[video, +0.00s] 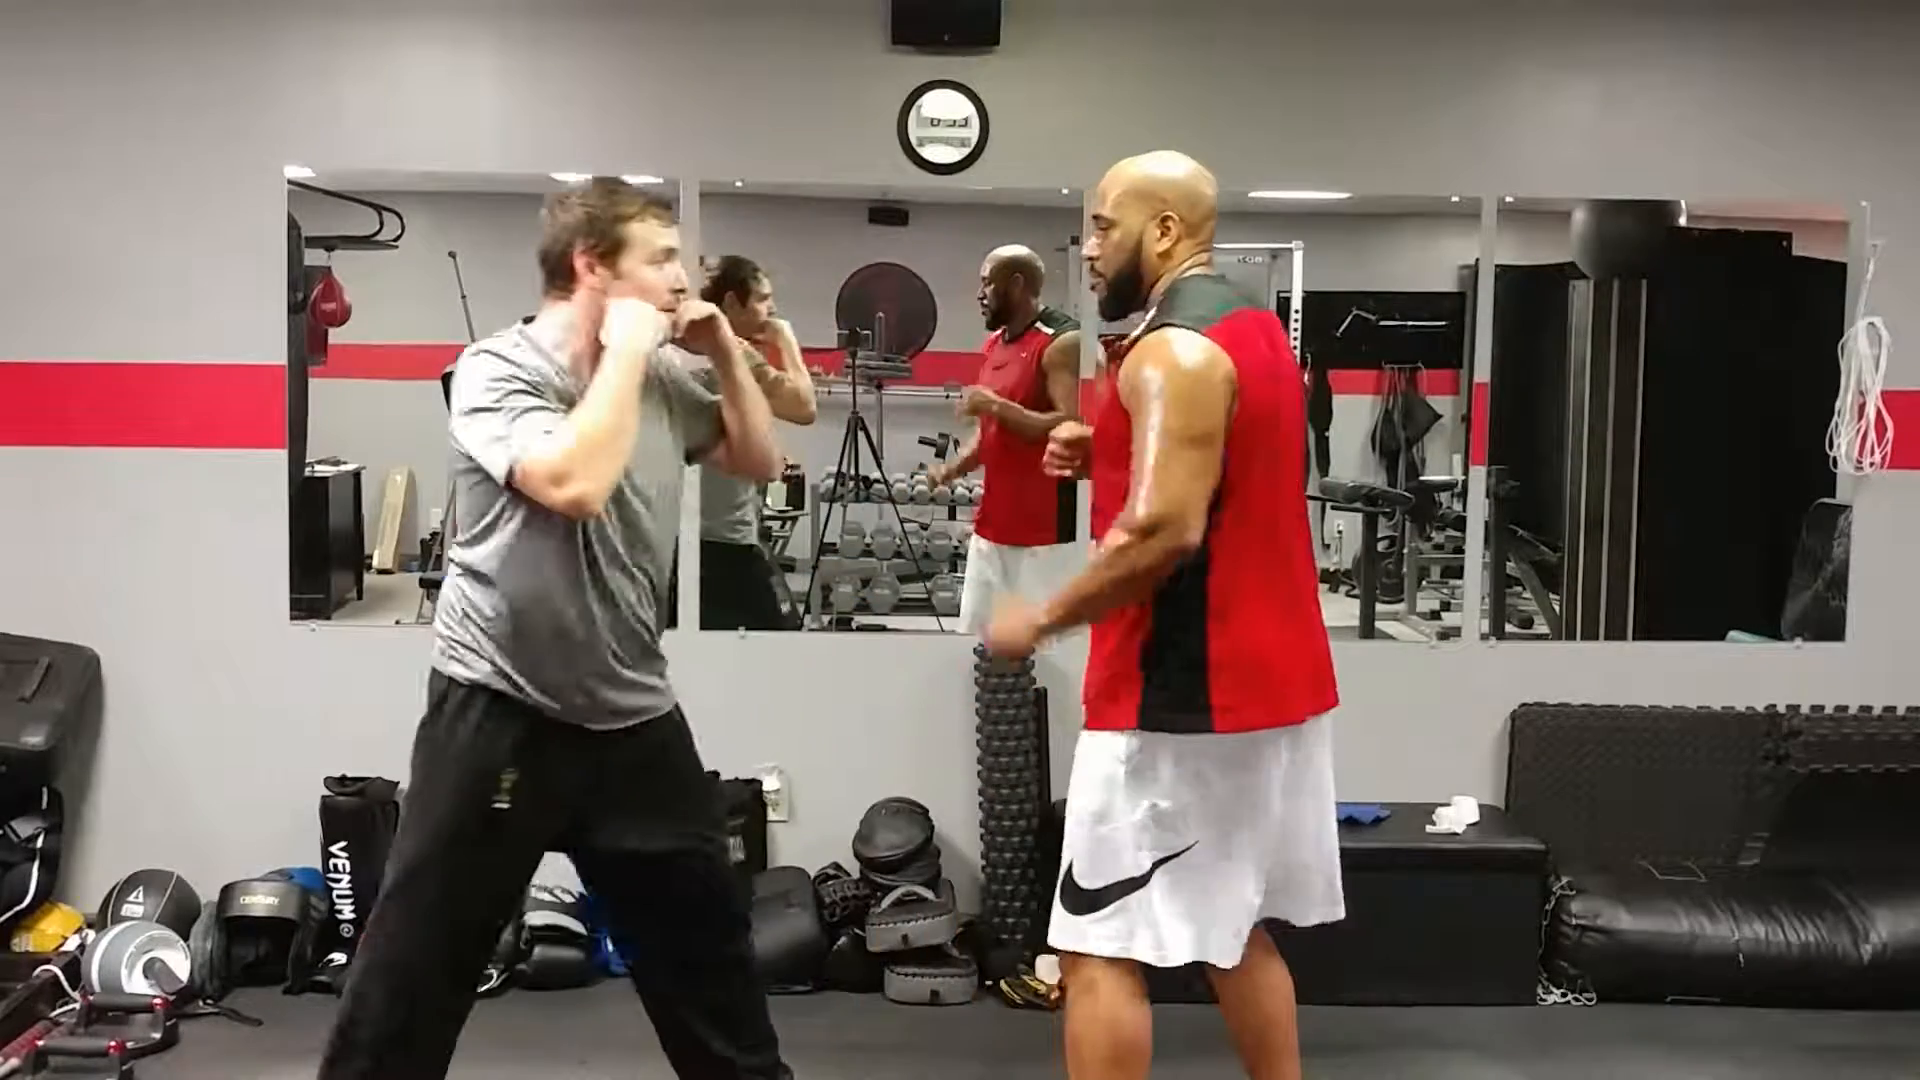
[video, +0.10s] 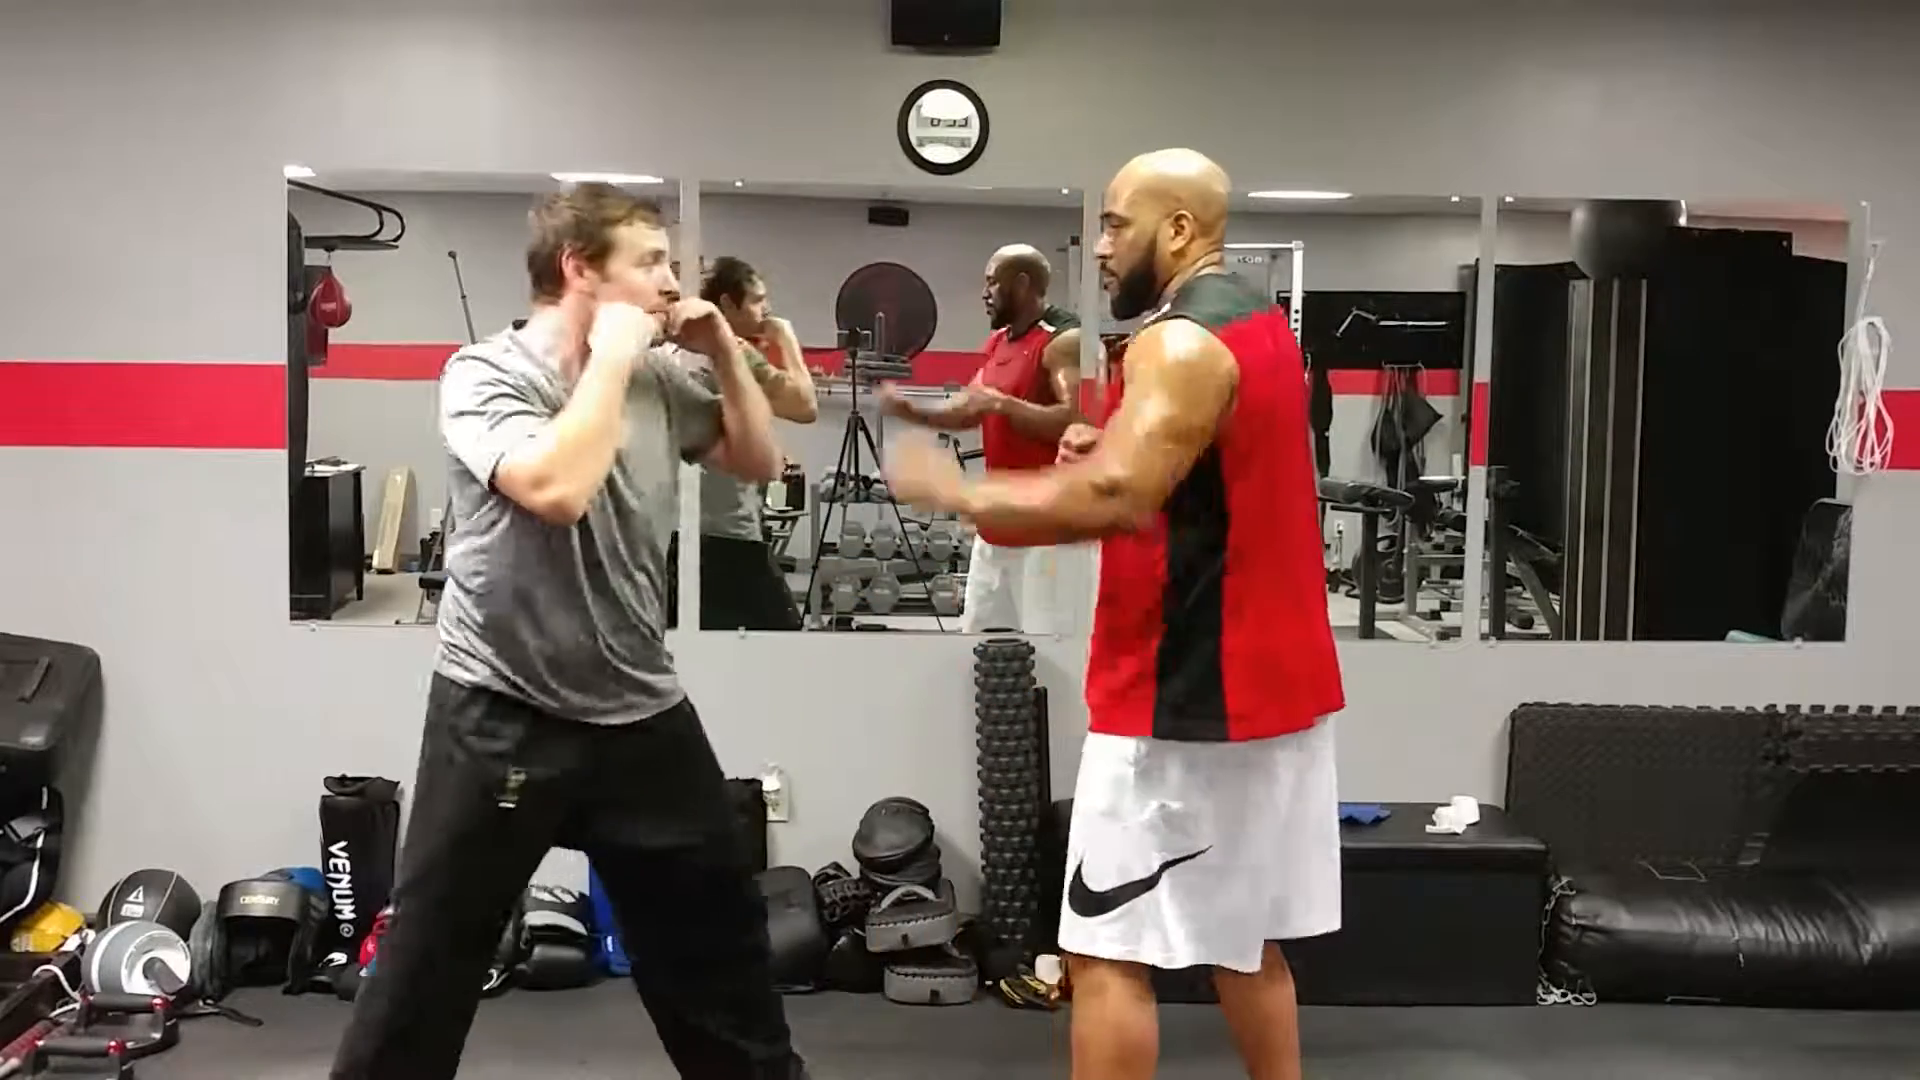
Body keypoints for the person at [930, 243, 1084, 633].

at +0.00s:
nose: (980, 294)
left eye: (988, 284)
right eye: (981, 284)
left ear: (1020, 285)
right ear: (1014, 286)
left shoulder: (1061, 345)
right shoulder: (997, 345)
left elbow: (1071, 426)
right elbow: (994, 433)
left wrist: (998, 407)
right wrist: (955, 468)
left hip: (1045, 532)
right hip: (994, 525)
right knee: (994, 646)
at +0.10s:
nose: (985, 292)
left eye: (993, 282)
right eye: (985, 283)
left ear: (1026, 284)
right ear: (1017, 286)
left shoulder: (1064, 342)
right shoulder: (1000, 341)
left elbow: (1079, 418)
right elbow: (968, 413)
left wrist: (1002, 404)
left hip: (1056, 527)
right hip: (999, 524)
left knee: (1053, 656)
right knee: (983, 643)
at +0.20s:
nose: (991, 291)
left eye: (1001, 281)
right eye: (992, 281)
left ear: (1034, 286)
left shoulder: (1068, 342)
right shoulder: (987, 340)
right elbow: (937, 370)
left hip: (1051, 533)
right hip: (994, 527)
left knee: (1052, 658)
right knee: (983, 646)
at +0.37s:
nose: (984, 293)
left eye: (994, 283)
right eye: (985, 283)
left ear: (1025, 286)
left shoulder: (1049, 318)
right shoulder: (985, 338)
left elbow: (1063, 351)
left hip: (1041, 519)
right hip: (984, 514)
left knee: (1053, 643)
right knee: (952, 633)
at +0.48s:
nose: (968, 306)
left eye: (976, 296)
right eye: (967, 296)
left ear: (1007, 297)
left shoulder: (1031, 335)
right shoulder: (975, 352)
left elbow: (991, 374)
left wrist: (897, 391)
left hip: (1034, 523)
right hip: (977, 521)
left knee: (1042, 659)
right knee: (942, 640)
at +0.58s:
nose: (948, 318)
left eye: (955, 307)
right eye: (947, 308)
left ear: (984, 309)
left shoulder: (1009, 362)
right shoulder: (963, 363)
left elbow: (962, 417)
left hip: (1015, 531)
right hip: (966, 527)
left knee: (1039, 653)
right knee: (934, 647)